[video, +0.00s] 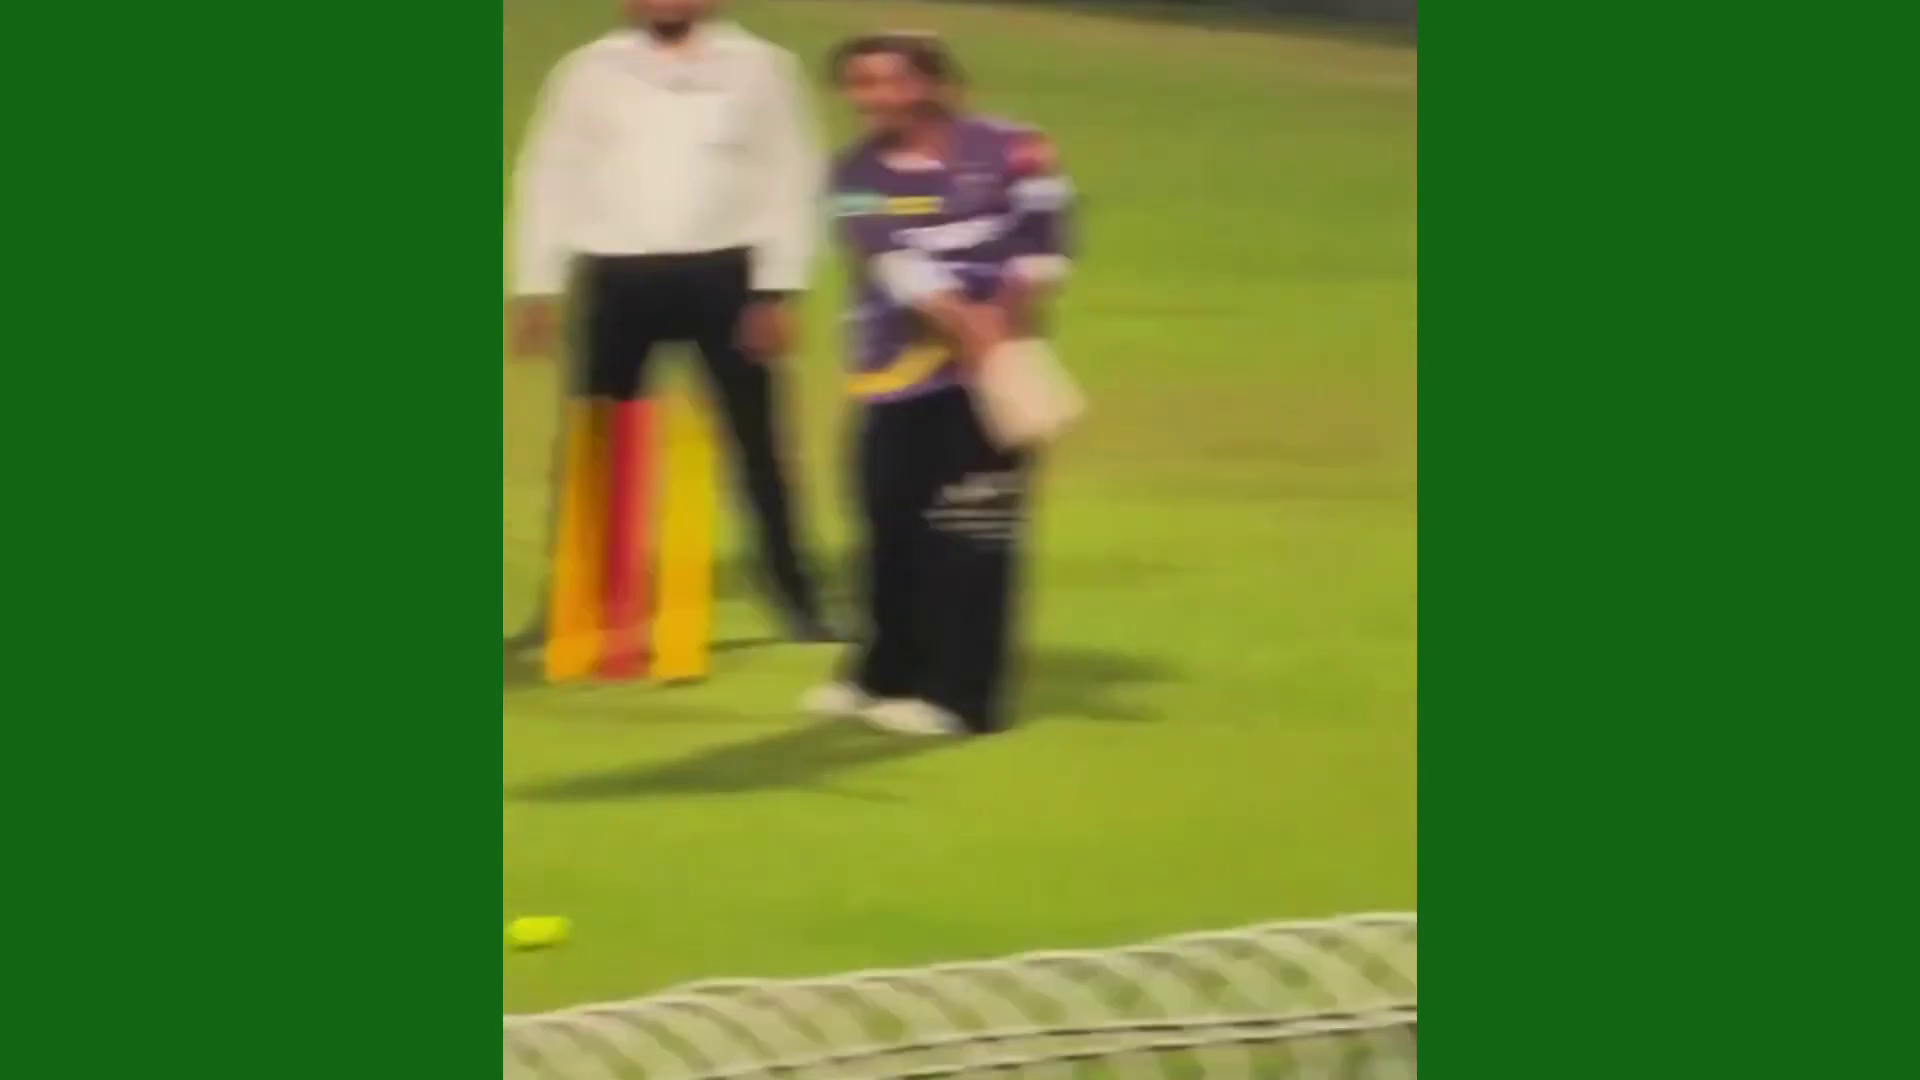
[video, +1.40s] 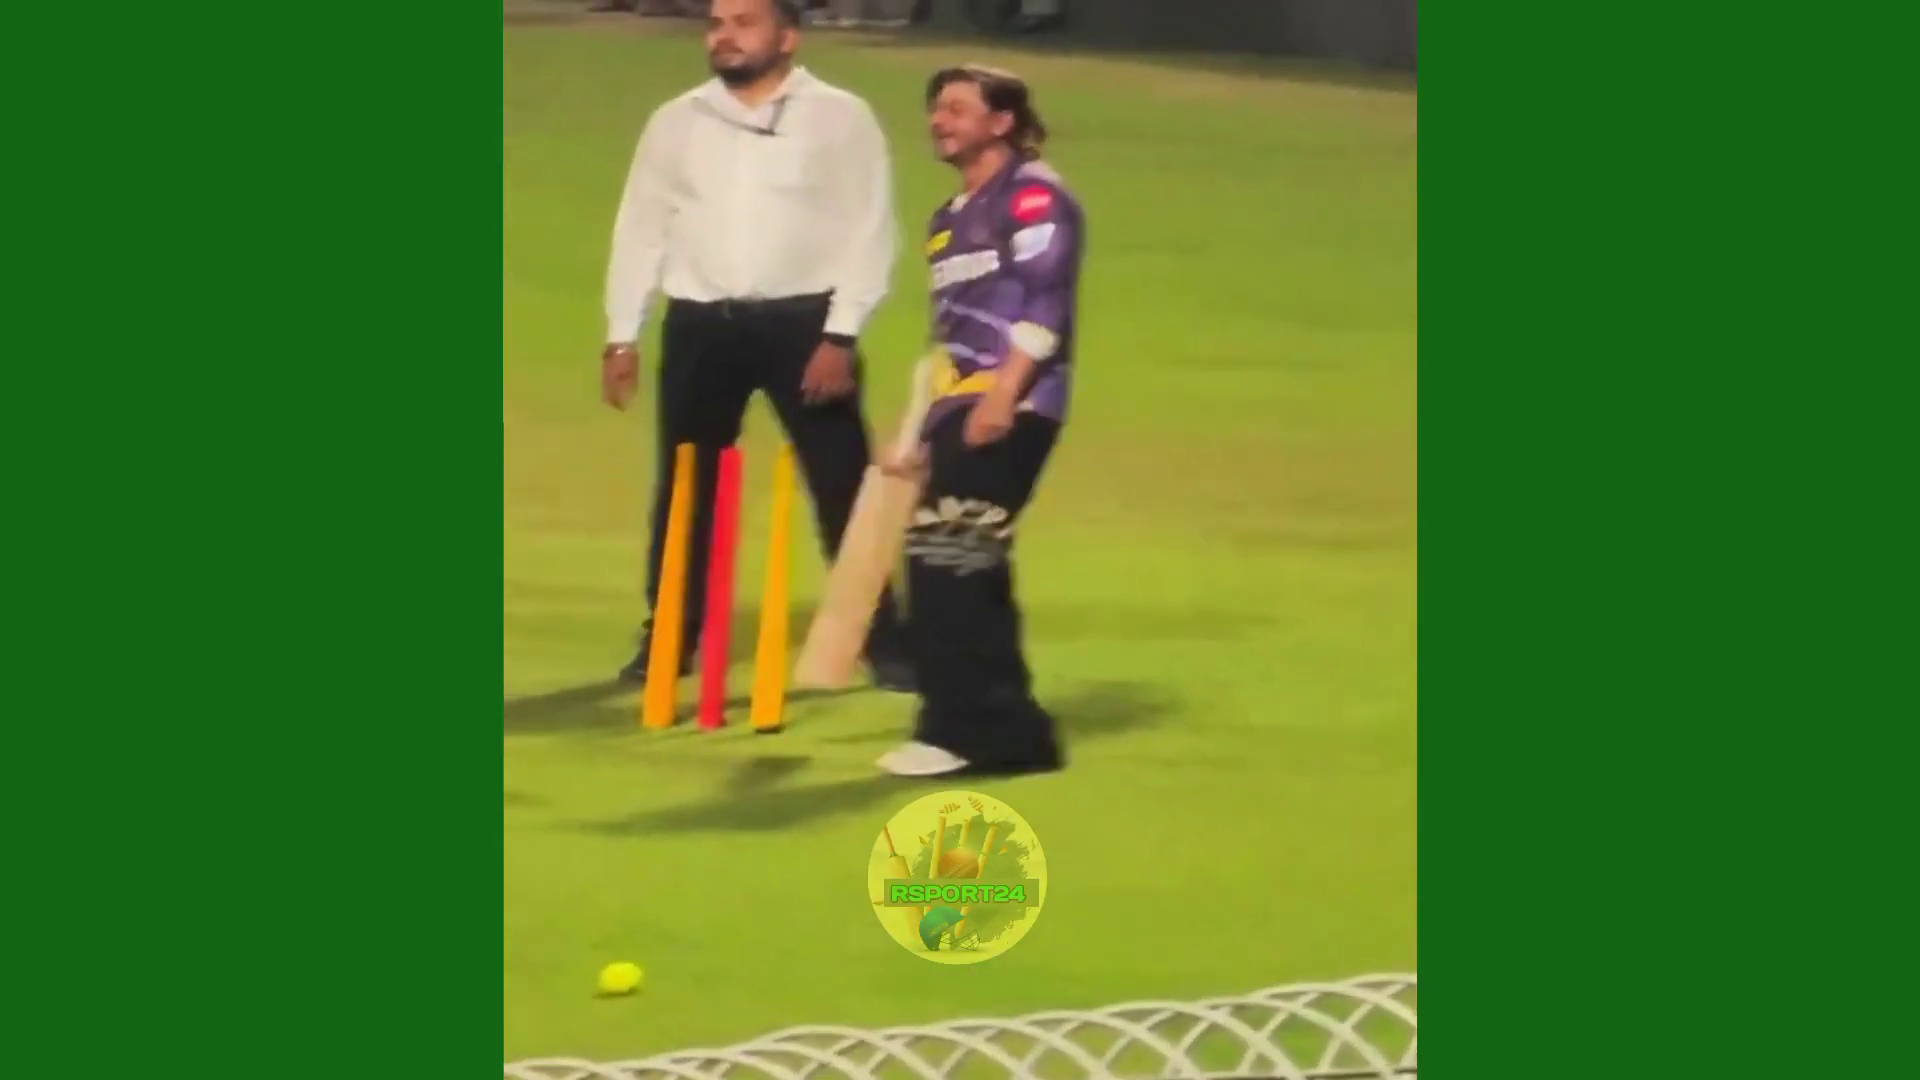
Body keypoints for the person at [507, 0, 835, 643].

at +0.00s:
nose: (666, 2)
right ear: (635, 1)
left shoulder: (760, 68)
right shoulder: (587, 72)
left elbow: (790, 184)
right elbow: (545, 181)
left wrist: (776, 287)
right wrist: (538, 286)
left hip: (721, 275)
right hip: (619, 278)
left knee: (760, 450)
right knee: (595, 452)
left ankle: (797, 600)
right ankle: (570, 608)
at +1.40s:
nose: (722, 37)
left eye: (741, 23)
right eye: (715, 24)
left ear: (788, 36)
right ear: (704, 33)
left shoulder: (842, 119)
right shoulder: (676, 121)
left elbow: (873, 234)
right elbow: (640, 229)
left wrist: (840, 334)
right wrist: (623, 334)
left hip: (805, 329)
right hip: (700, 330)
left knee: (847, 492)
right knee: (682, 497)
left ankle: (886, 640)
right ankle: (666, 643)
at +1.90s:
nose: (789, 86)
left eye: (806, 74)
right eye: (784, 74)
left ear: (854, 87)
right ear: (778, 83)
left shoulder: (910, 167)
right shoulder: (752, 171)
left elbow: (943, 283)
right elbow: (721, 282)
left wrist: (909, 384)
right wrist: (701, 391)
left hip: (874, 379)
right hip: (770, 379)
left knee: (923, 541)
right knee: (759, 548)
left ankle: (958, 690)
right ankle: (760, 692)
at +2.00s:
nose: (798, 94)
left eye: (815, 83)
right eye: (793, 82)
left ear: (862, 95)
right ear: (787, 90)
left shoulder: (917, 176)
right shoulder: (758, 179)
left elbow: (947, 291)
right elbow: (727, 290)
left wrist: (913, 392)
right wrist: (708, 400)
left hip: (881, 387)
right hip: (777, 388)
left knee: (933, 550)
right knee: (773, 556)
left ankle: (985, 688)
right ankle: (780, 696)